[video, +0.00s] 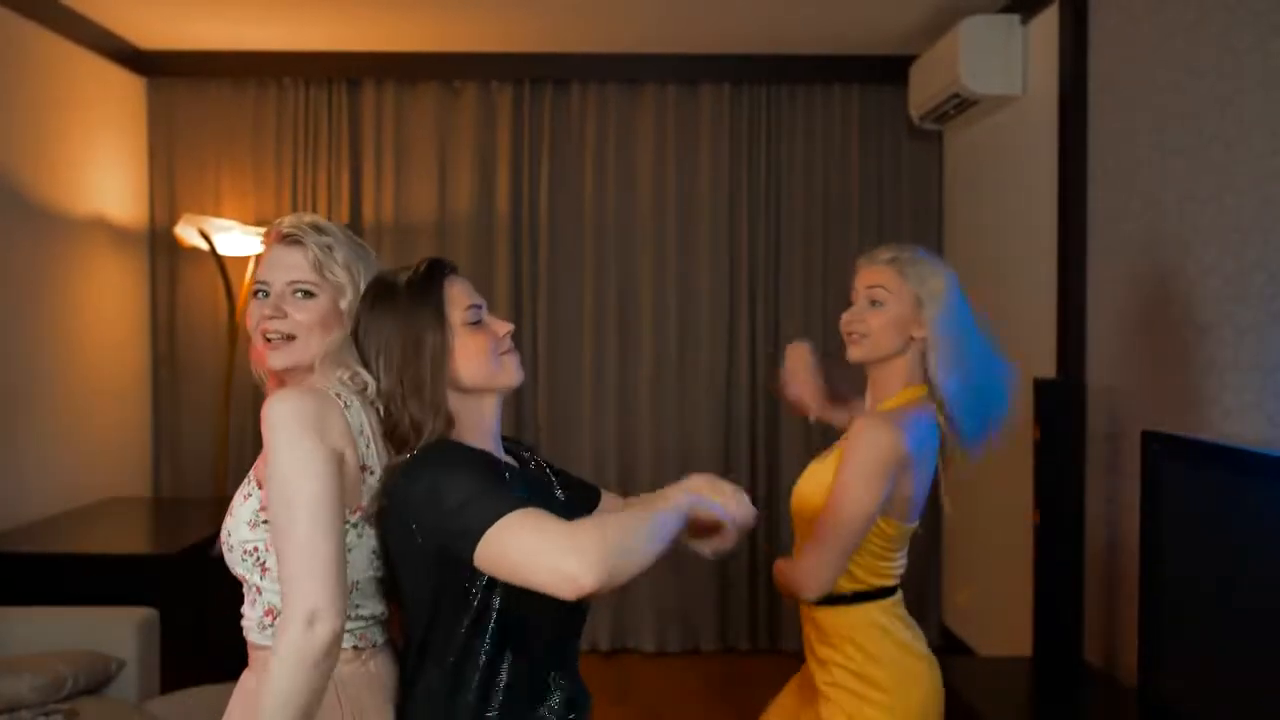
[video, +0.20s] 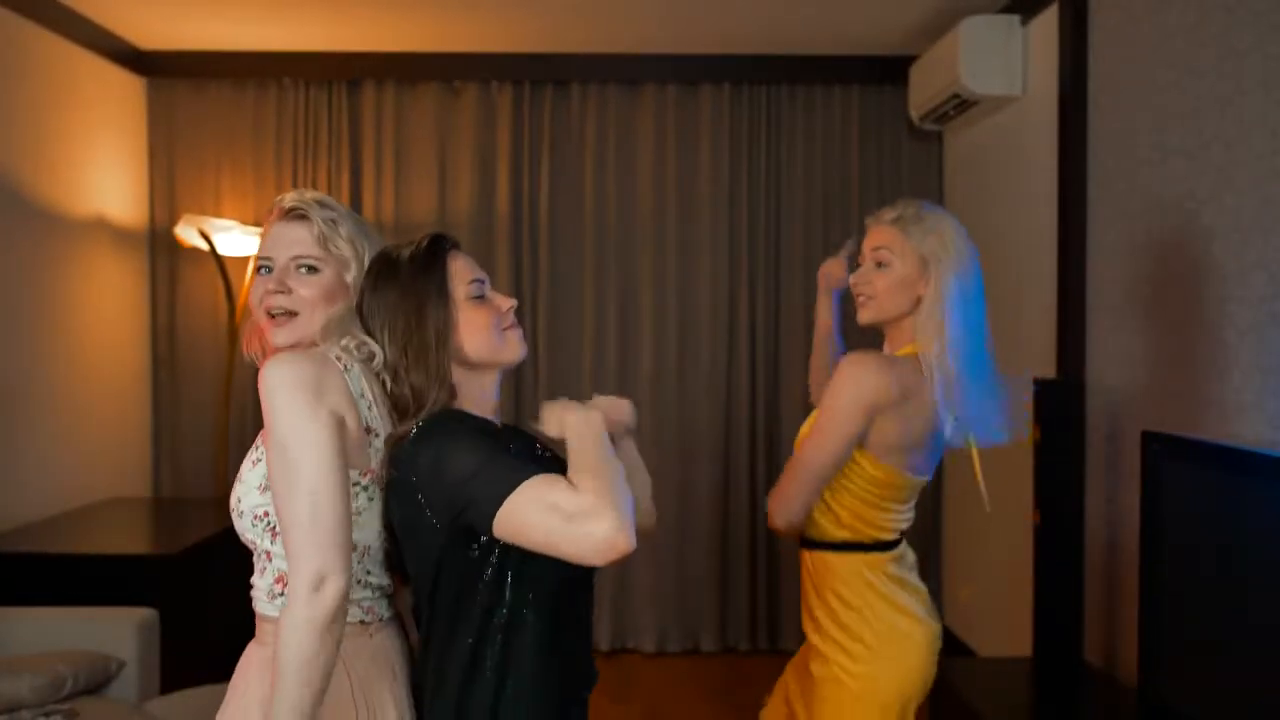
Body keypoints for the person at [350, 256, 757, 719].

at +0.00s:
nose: (505, 326)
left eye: (490, 313)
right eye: (475, 319)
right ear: (423, 354)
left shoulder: (517, 464)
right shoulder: (432, 479)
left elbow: (620, 511)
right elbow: (574, 565)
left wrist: (685, 515)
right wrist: (680, 498)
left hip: (552, 704)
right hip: (470, 708)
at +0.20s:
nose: (509, 302)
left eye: (494, 290)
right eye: (479, 293)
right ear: (427, 327)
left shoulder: (504, 440)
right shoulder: (439, 450)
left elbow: (637, 516)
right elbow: (603, 533)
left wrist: (618, 437)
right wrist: (582, 426)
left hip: (550, 699)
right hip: (488, 704)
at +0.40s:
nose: (516, 311)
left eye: (501, 296)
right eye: (487, 301)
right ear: (433, 333)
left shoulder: (498, 446)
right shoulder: (433, 457)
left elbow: (633, 515)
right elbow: (601, 529)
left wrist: (614, 456)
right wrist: (612, 436)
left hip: (552, 698)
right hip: (496, 703)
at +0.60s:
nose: (520, 321)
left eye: (506, 308)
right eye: (491, 311)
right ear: (437, 340)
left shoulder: (493, 461)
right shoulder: (454, 471)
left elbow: (609, 513)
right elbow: (604, 562)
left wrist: (692, 487)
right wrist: (700, 484)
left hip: (533, 701)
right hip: (495, 706)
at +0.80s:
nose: (528, 332)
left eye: (513, 319)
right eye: (497, 326)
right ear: (446, 361)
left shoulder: (537, 466)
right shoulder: (465, 489)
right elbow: (610, 590)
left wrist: (651, 487)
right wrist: (627, 481)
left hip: (554, 704)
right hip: (490, 707)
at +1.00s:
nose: (528, 313)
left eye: (514, 300)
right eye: (497, 307)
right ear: (446, 342)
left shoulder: (542, 446)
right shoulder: (454, 468)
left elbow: (643, 495)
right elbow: (594, 553)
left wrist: (632, 440)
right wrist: (670, 452)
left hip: (566, 703)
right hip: (486, 707)